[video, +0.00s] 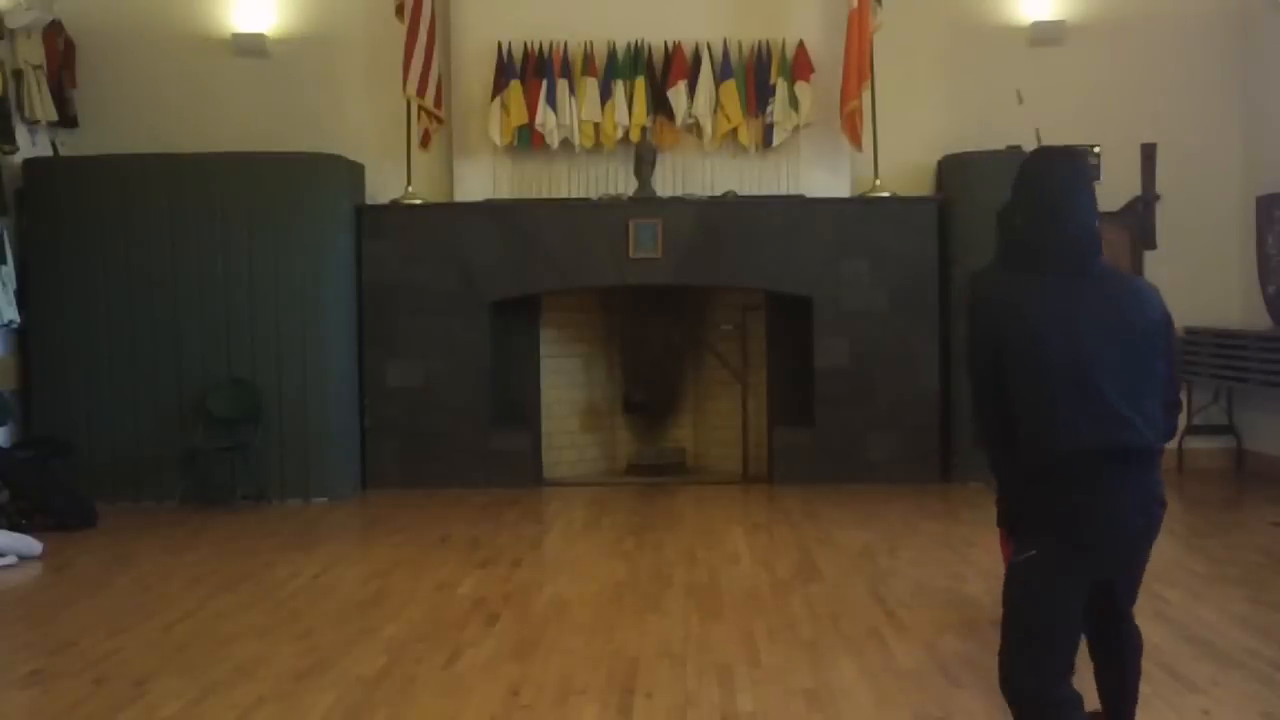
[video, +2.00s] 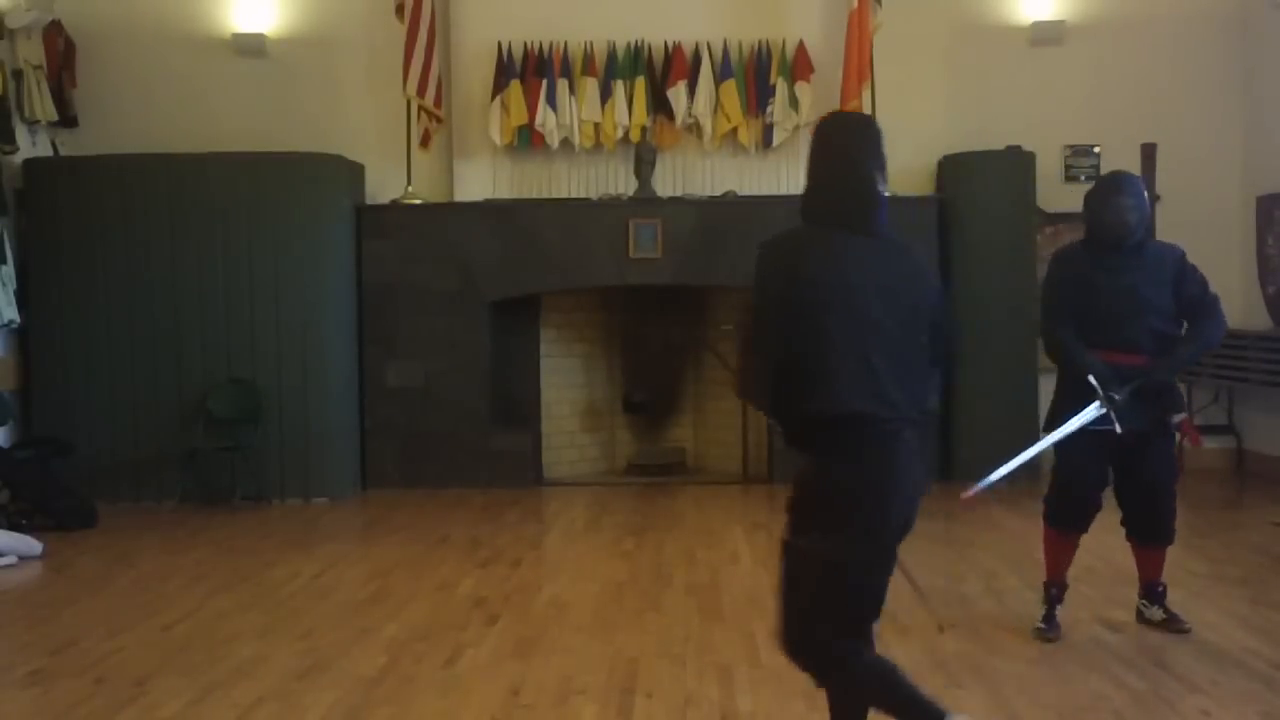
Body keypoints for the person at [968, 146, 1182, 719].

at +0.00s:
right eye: (1090, 207)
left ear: (1019, 216)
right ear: (1090, 216)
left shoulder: (997, 297)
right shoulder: (1141, 300)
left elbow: (993, 418)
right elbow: (1165, 414)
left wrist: (1010, 508)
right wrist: (1130, 473)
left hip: (1049, 503)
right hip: (1133, 501)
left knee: (1031, 677)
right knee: (1114, 621)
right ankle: (1120, 711)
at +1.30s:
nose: (1013, 198)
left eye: (1017, 187)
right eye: (1017, 186)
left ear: (1027, 194)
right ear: (1089, 192)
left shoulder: (1013, 279)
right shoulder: (1129, 282)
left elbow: (988, 396)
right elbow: (1132, 378)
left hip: (1040, 476)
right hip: (1111, 472)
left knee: (1015, 639)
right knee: (1090, 604)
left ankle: (1067, 711)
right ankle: (1118, 707)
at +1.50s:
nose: (973, 179)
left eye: (976, 169)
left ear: (983, 176)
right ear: (1046, 169)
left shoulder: (978, 259)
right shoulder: (1084, 253)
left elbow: (957, 371)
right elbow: (1138, 326)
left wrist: (981, 427)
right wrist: (1085, 377)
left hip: (1020, 456)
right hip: (1082, 450)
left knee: (1026, 618)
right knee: (1016, 600)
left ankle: (1064, 709)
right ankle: (1027, 707)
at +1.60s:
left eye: (949, 165)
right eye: (1021, 157)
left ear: (954, 169)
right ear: (1022, 167)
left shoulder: (944, 252)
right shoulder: (1058, 254)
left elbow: (925, 363)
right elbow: (1098, 337)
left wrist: (945, 418)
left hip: (986, 454)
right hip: (1050, 451)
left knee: (1038, 634)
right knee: (968, 598)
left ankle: (1076, 706)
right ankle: (964, 710)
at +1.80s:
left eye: (891, 176)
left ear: (890, 182)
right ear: (955, 183)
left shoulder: (870, 265)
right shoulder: (991, 264)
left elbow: (850, 383)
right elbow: (1012, 362)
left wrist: (892, 447)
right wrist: (980, 434)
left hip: (924, 465)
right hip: (978, 460)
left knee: (999, 639)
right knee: (889, 623)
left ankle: (1053, 705)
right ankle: (877, 709)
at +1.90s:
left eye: (856, 173)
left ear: (852, 180)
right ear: (916, 184)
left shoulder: (829, 266)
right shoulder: (947, 271)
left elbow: (819, 378)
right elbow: (967, 369)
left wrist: (848, 451)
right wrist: (937, 439)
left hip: (878, 470)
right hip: (930, 466)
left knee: (917, 644)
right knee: (853, 626)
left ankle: (1001, 711)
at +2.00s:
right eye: (874, 164)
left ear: (815, 170)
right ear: (879, 173)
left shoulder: (787, 255)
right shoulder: (906, 258)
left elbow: (761, 379)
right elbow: (938, 351)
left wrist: (810, 428)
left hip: (836, 463)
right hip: (900, 459)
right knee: (851, 630)